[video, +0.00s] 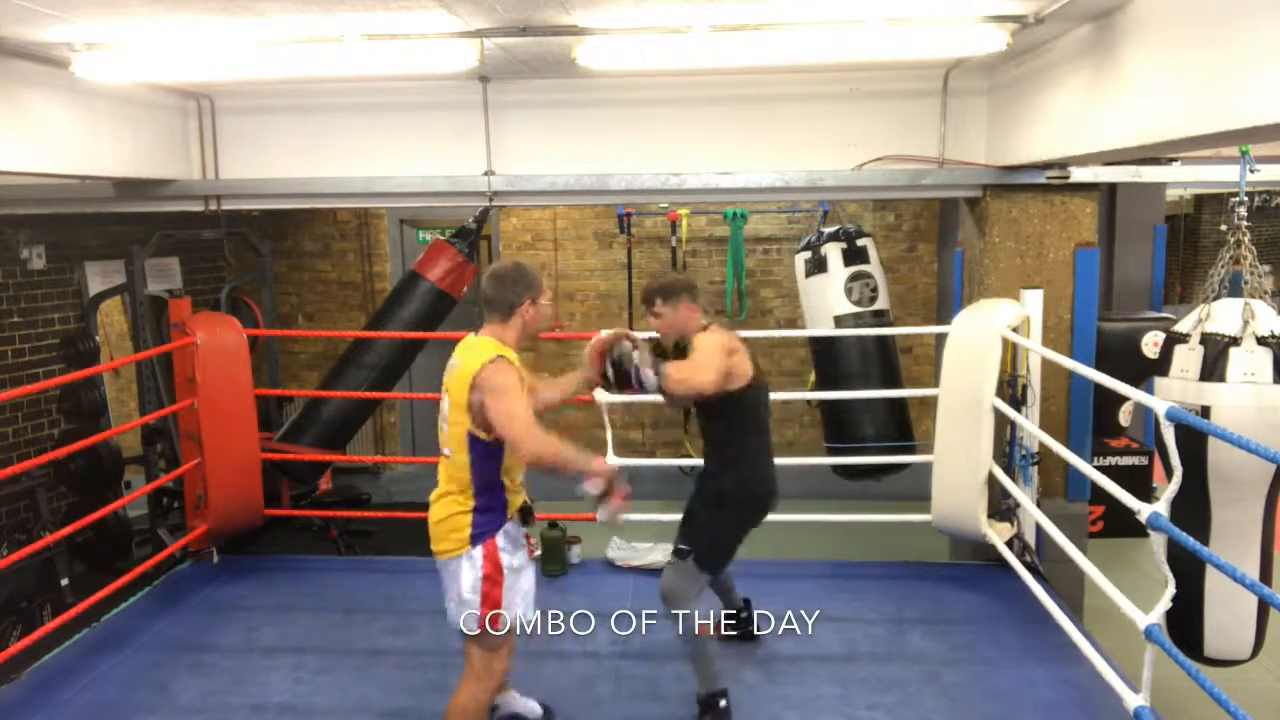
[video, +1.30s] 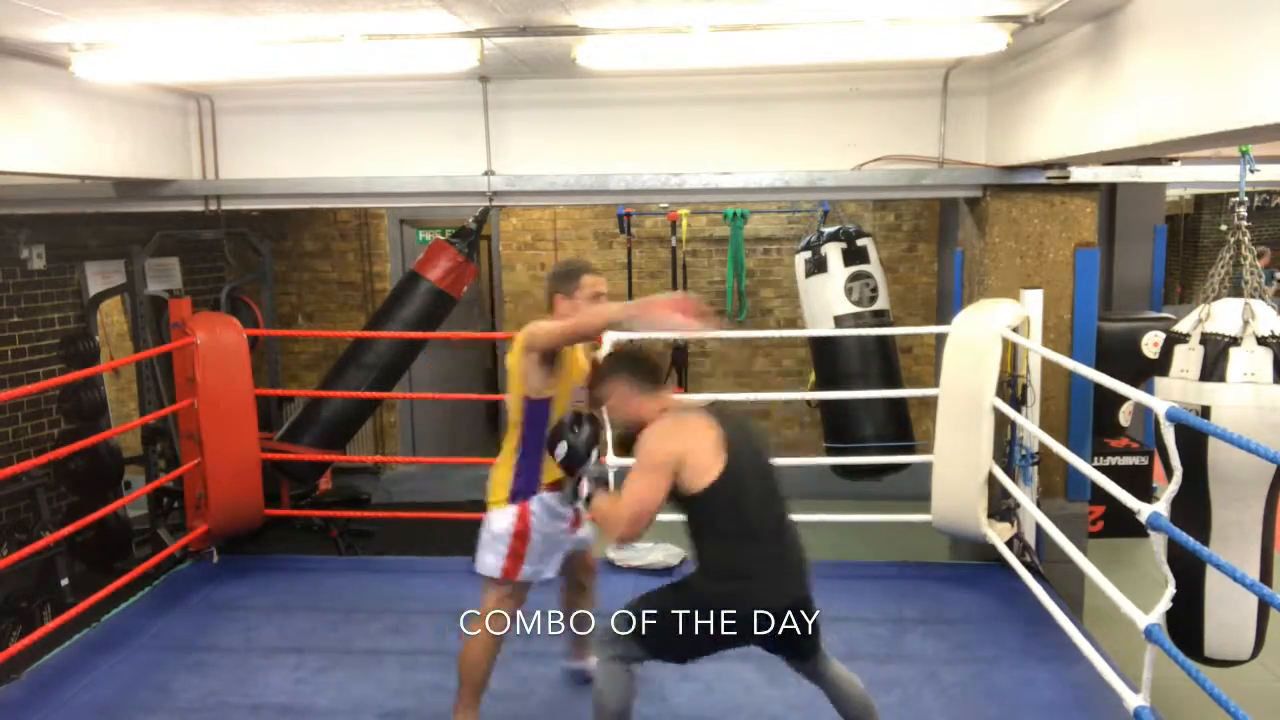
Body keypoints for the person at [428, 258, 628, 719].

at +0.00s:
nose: (550, 311)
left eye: (548, 301)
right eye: (545, 302)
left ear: (502, 306)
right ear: (524, 309)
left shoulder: (477, 351)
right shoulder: (495, 368)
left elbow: (533, 395)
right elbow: (530, 445)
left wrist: (587, 375)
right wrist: (596, 465)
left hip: (483, 520)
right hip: (476, 530)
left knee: (499, 620)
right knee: (486, 668)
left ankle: (494, 695)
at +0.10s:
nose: (541, 315)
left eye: (540, 305)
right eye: (537, 305)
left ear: (488, 308)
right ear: (514, 309)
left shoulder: (455, 353)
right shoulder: (503, 356)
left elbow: (530, 408)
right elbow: (565, 388)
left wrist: (593, 403)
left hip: (454, 518)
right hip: (480, 527)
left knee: (483, 603)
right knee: (491, 664)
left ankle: (491, 683)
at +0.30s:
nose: (536, 320)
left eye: (536, 311)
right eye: (531, 312)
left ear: (489, 316)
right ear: (505, 318)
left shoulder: (454, 352)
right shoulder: (496, 355)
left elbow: (518, 378)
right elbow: (568, 357)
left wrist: (545, 345)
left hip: (452, 507)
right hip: (472, 516)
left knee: (472, 603)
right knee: (472, 649)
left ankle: (468, 669)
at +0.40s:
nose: (532, 322)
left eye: (534, 312)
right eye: (526, 312)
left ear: (493, 313)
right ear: (496, 312)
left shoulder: (462, 345)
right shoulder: (479, 358)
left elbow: (504, 400)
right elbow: (517, 428)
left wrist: (543, 373)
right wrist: (567, 422)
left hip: (467, 495)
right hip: (466, 502)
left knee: (472, 596)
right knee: (476, 626)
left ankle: (461, 666)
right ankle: (470, 713)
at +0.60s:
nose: (530, 316)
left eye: (532, 308)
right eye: (523, 307)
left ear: (500, 307)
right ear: (491, 305)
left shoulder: (505, 345)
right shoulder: (445, 350)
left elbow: (530, 387)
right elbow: (435, 428)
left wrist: (573, 372)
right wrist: (489, 422)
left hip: (488, 478)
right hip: (456, 484)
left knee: (479, 581)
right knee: (489, 599)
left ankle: (460, 662)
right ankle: (482, 713)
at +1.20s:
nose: (584, 303)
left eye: (584, 294)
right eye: (574, 295)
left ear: (559, 303)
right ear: (541, 300)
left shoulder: (563, 347)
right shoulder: (505, 338)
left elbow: (584, 391)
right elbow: (465, 371)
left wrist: (605, 398)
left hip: (538, 482)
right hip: (499, 489)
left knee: (550, 570)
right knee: (488, 611)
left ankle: (500, 643)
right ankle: (463, 712)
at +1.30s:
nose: (605, 308)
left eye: (606, 298)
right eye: (594, 299)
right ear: (561, 302)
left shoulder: (584, 350)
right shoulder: (534, 338)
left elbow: (596, 397)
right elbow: (597, 323)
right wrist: (651, 310)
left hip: (569, 488)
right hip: (523, 494)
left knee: (582, 568)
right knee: (500, 606)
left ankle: (581, 656)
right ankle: (466, 711)